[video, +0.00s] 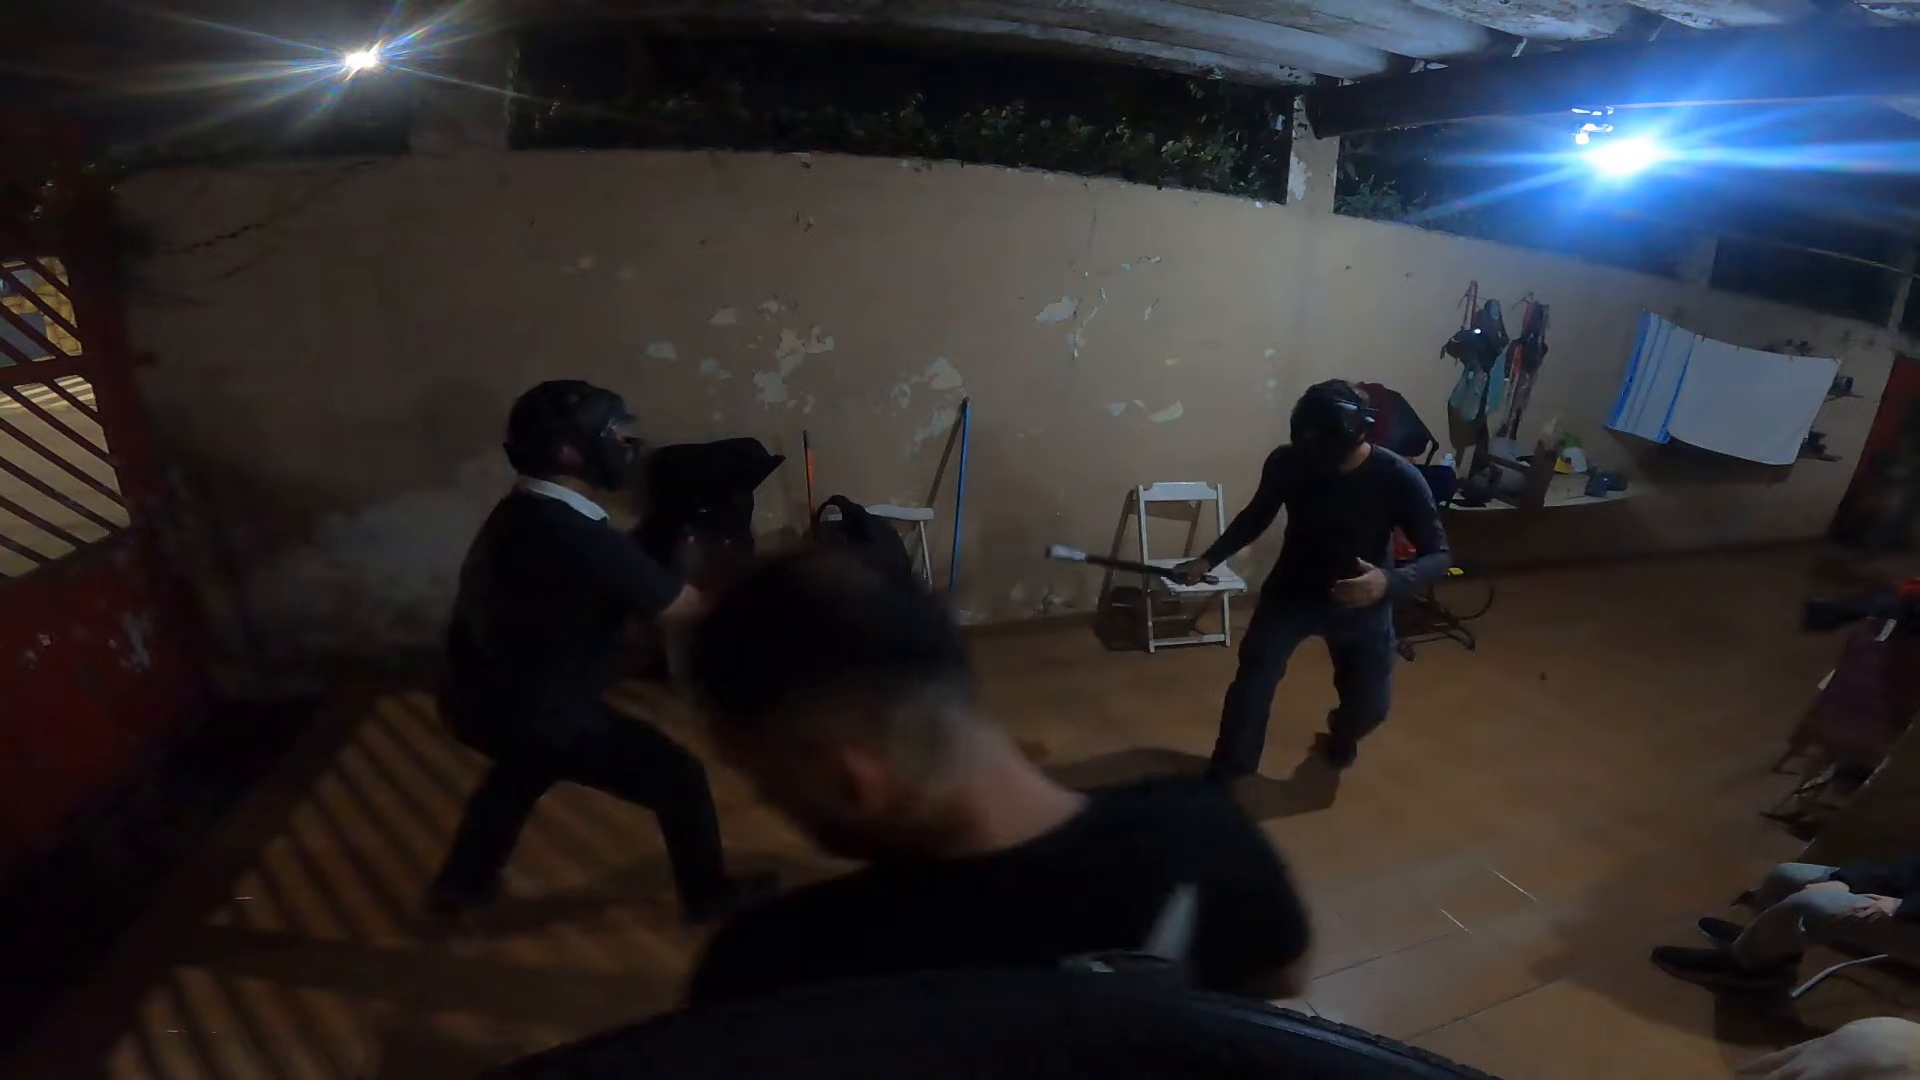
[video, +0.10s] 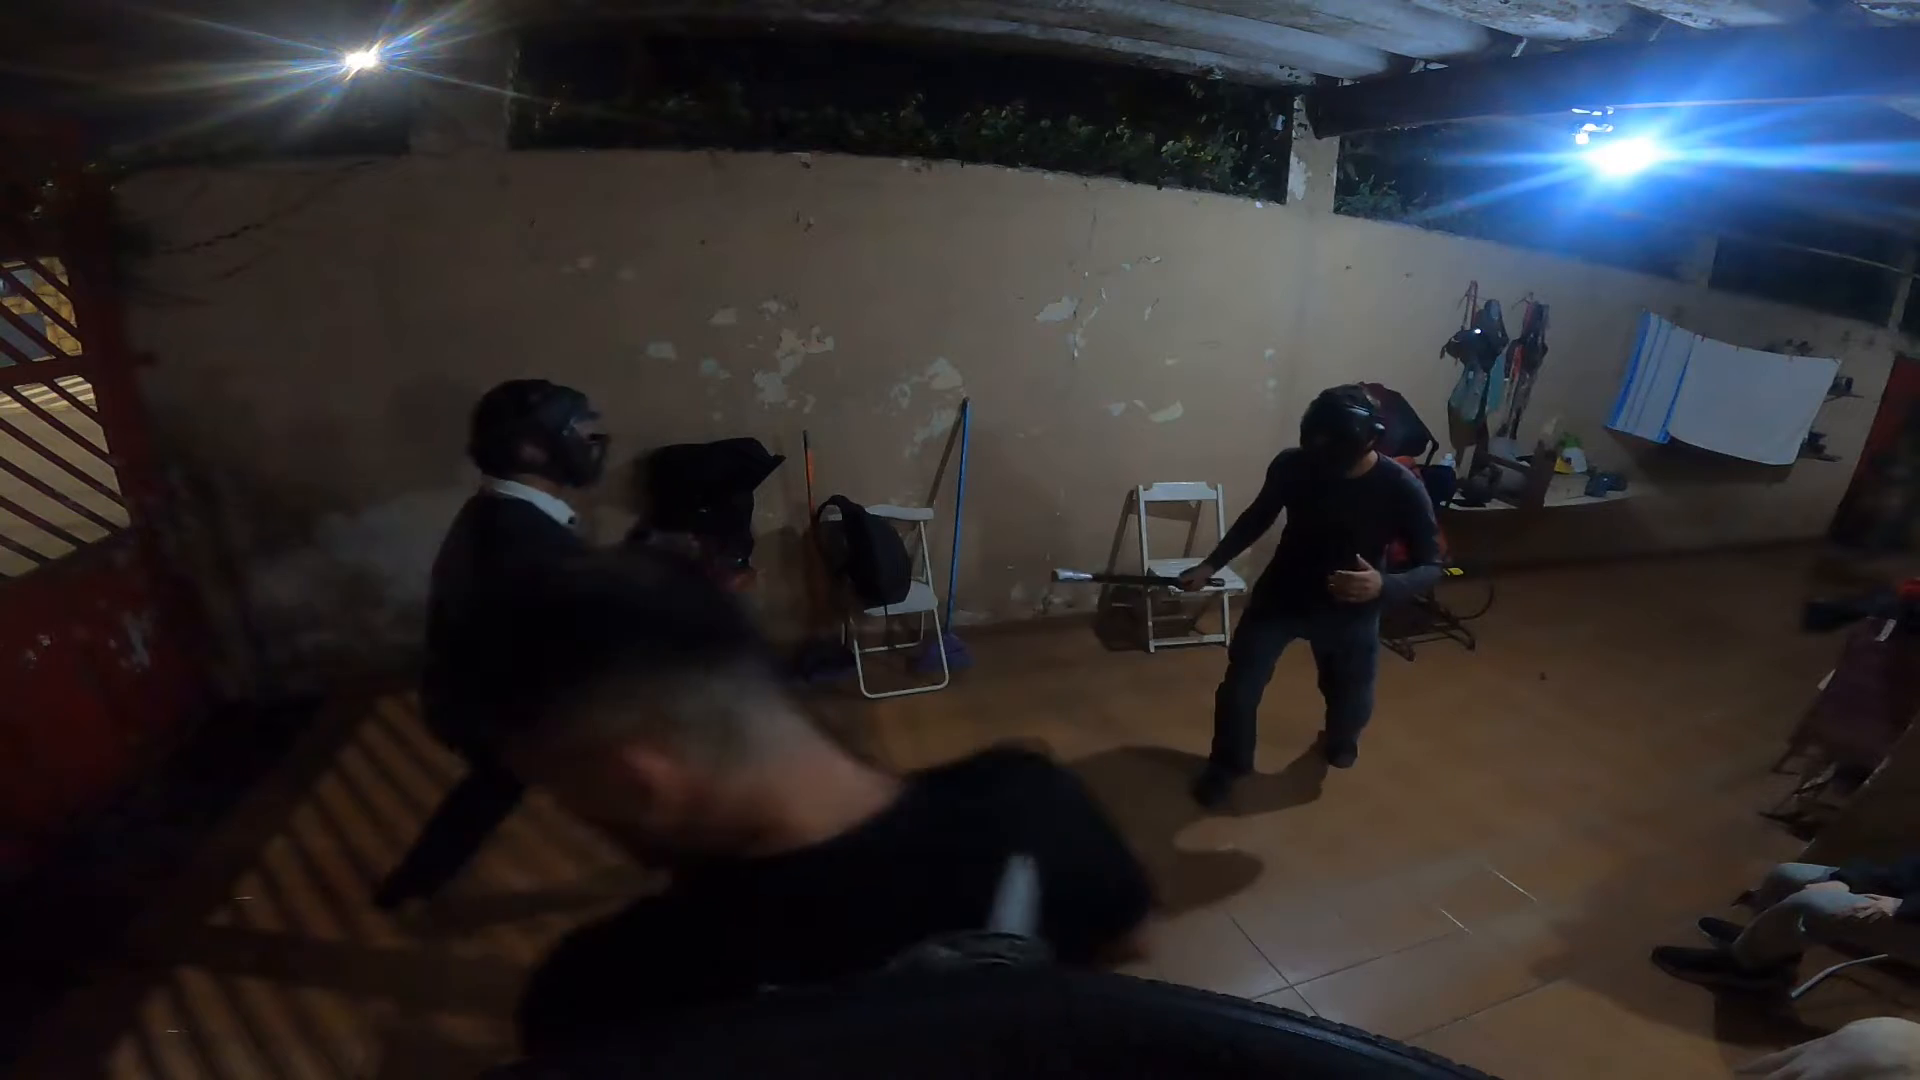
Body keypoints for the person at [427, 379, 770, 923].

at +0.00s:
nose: (631, 438)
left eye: (625, 426)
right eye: (614, 430)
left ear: (562, 454)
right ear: (569, 453)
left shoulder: (515, 515)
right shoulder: (581, 536)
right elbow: (680, 605)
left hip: (482, 705)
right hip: (543, 720)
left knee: (532, 763)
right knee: (677, 776)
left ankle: (461, 884)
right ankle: (707, 896)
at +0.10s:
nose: (599, 437)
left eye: (593, 424)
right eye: (582, 427)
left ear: (530, 451)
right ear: (532, 451)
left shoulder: (490, 516)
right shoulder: (527, 540)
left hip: (467, 698)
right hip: (501, 711)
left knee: (497, 781)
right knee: (498, 784)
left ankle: (414, 883)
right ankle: (412, 886)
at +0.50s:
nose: (399, 426)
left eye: (394, 413)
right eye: (378, 416)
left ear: (325, 440)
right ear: (324, 438)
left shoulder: (349, 496)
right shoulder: (310, 516)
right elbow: (433, 606)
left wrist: (439, 558)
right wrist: (537, 606)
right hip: (318, 713)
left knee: (389, 763)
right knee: (486, 762)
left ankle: (359, 876)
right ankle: (512, 894)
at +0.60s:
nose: (384, 403)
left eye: (381, 390)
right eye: (366, 393)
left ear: (309, 410)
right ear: (316, 408)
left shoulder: (268, 477)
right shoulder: (319, 493)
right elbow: (443, 587)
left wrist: (407, 541)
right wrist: (521, 554)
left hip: (271, 686)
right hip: (315, 692)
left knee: (348, 760)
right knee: (450, 752)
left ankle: (346, 880)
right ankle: (458, 869)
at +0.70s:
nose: (359, 409)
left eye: (359, 395)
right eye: (343, 396)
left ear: (282, 406)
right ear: (297, 406)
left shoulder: (239, 471)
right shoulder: (288, 487)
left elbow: (314, 551)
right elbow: (409, 581)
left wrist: (397, 535)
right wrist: (490, 546)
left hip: (241, 684)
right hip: (291, 692)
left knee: (324, 739)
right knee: (448, 743)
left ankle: (306, 867)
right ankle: (399, 842)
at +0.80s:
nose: (341, 426)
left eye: (338, 413)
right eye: (323, 414)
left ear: (267, 429)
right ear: (277, 427)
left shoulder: (228, 496)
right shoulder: (273, 512)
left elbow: (308, 578)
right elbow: (357, 629)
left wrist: (392, 550)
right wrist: (454, 610)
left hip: (233, 698)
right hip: (274, 708)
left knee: (324, 748)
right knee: (449, 751)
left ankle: (292, 874)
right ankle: (390, 853)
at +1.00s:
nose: (346, 431)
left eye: (342, 419)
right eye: (327, 422)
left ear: (269, 442)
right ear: (276, 439)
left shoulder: (269, 505)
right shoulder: (276, 528)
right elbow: (280, 666)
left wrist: (345, 582)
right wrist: (380, 713)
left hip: (252, 706)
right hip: (269, 719)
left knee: (339, 740)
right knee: (430, 775)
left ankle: (308, 867)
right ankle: (512, 913)